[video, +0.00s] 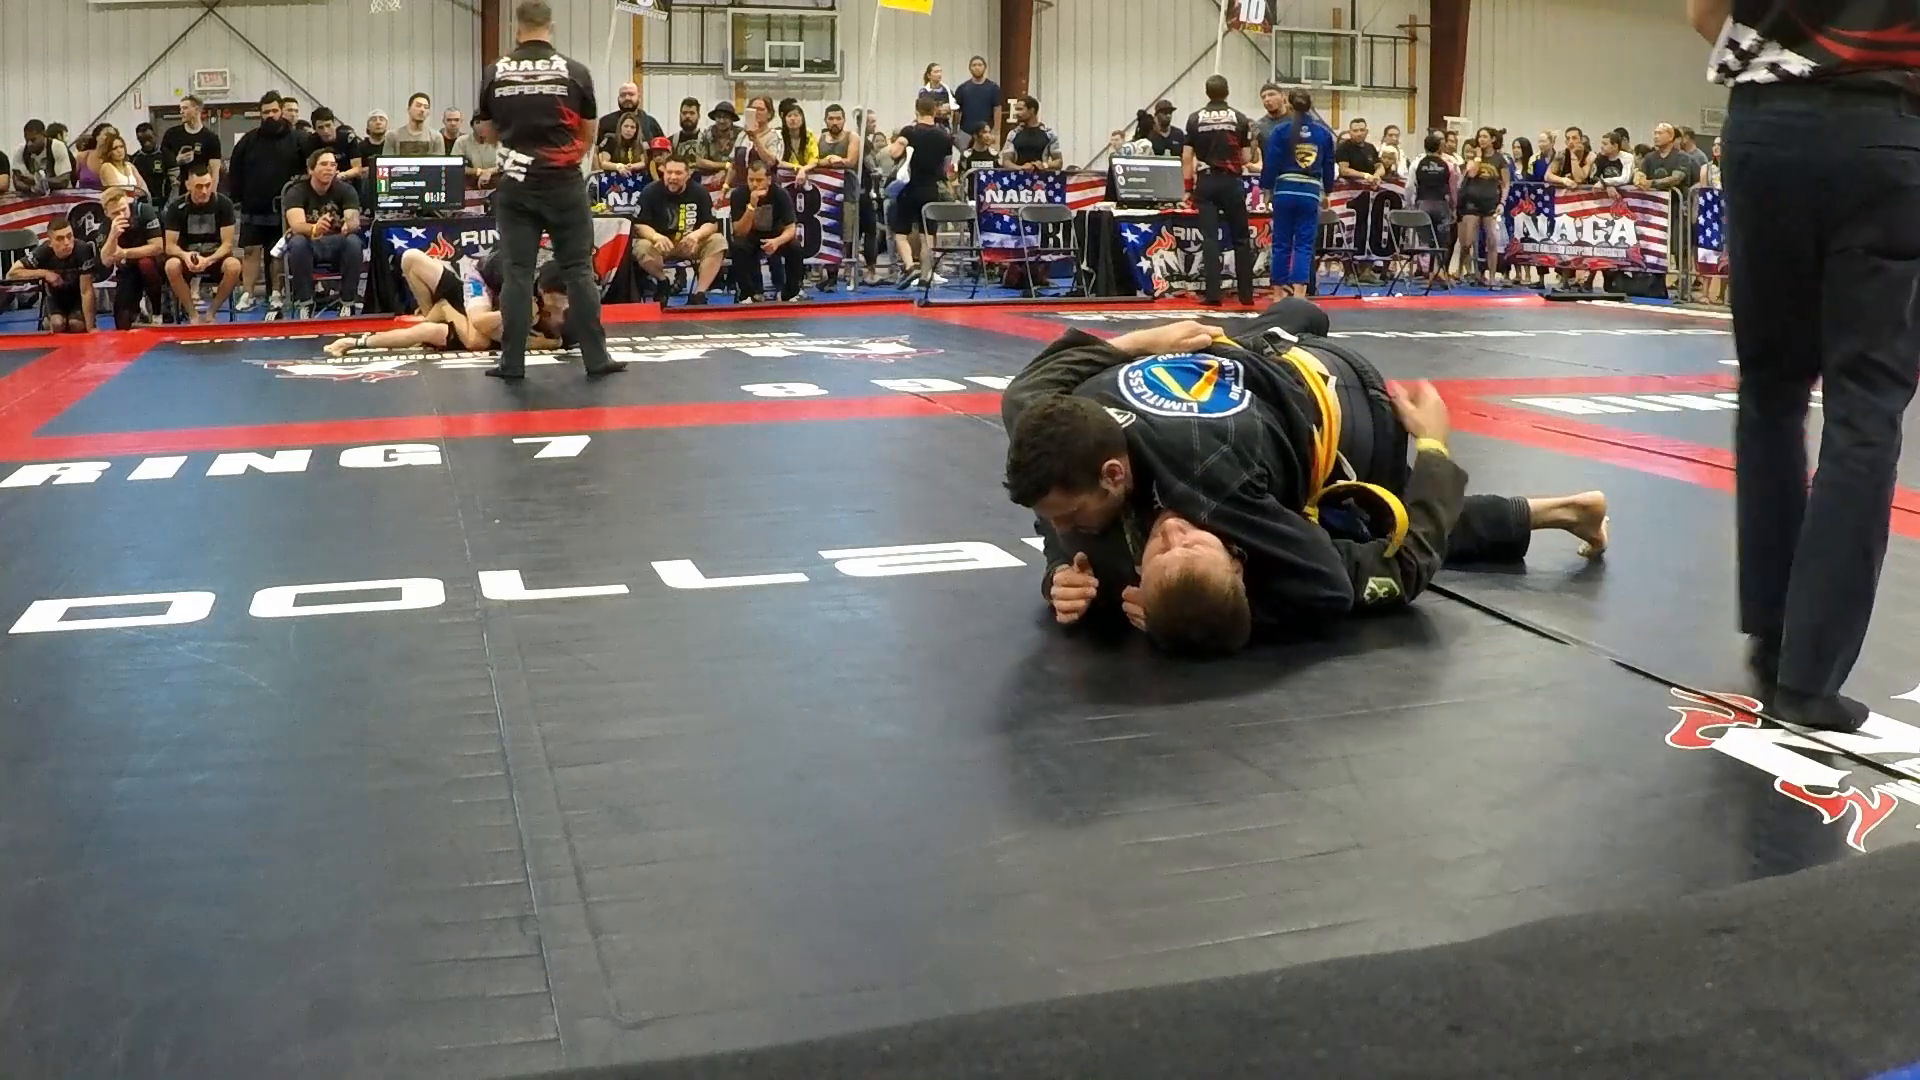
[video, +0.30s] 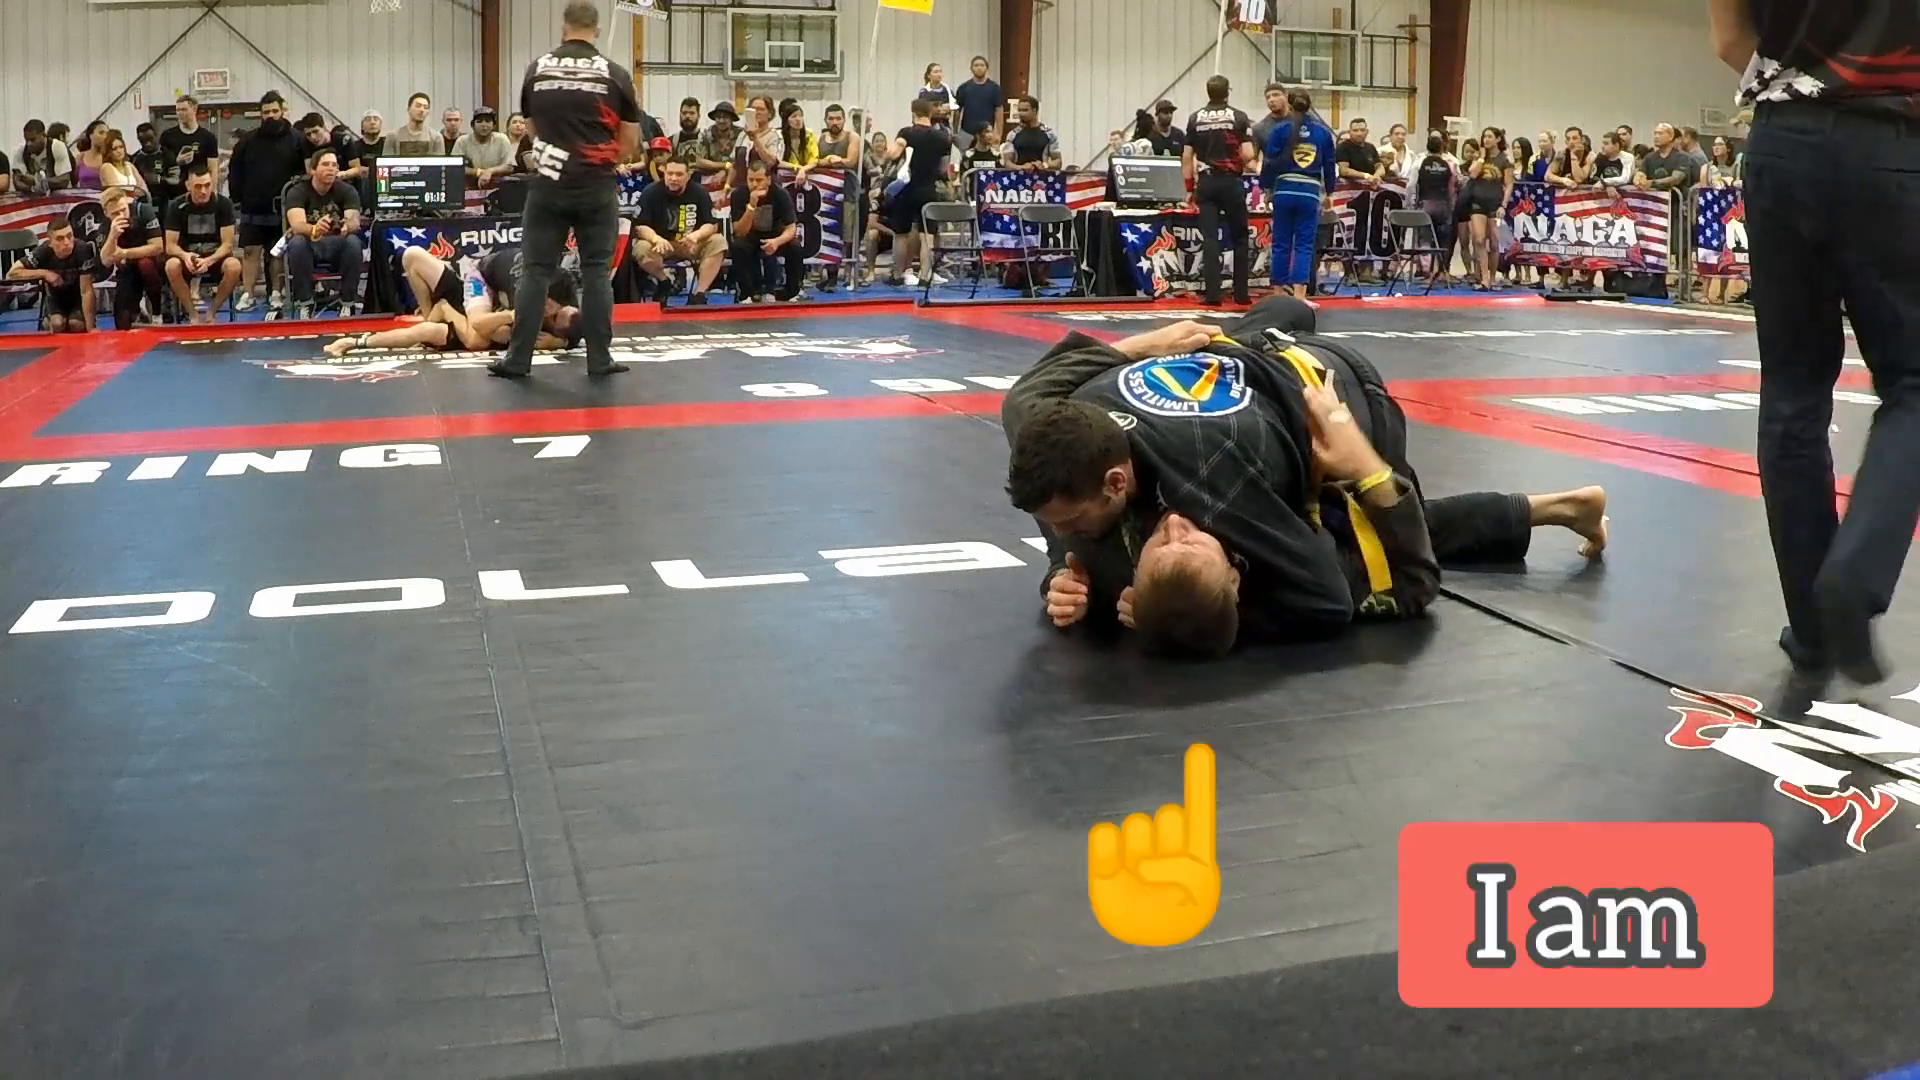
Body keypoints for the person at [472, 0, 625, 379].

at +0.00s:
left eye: (519, 29)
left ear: (517, 30)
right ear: (550, 29)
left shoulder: (497, 71)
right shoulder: (576, 71)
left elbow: (489, 134)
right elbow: (587, 136)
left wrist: (520, 120)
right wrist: (561, 162)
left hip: (516, 185)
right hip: (564, 185)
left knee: (517, 272)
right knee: (579, 267)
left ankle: (512, 364)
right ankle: (596, 359)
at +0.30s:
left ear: (563, 28)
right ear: (596, 31)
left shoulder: (538, 67)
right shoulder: (615, 73)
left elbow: (533, 126)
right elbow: (628, 144)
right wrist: (595, 157)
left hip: (547, 185)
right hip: (597, 184)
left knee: (535, 270)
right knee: (597, 270)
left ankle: (517, 360)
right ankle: (599, 360)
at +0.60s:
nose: (585, 34)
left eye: (584, 28)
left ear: (585, 27)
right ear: (617, 31)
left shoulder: (557, 64)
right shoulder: (638, 74)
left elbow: (545, 124)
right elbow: (644, 144)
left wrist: (578, 147)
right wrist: (616, 163)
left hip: (562, 181)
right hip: (610, 185)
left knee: (553, 265)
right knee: (603, 269)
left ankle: (546, 356)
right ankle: (600, 359)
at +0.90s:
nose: (587, 35)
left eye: (584, 30)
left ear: (584, 29)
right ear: (616, 31)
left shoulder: (558, 67)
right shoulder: (639, 74)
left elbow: (549, 127)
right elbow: (647, 138)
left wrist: (575, 151)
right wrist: (626, 164)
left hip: (568, 180)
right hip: (613, 182)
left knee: (575, 263)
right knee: (606, 267)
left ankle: (581, 350)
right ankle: (598, 357)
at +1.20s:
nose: (578, 38)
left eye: (568, 33)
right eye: (590, 31)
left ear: (563, 33)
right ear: (596, 30)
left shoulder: (547, 74)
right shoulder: (624, 67)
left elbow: (549, 134)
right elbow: (643, 133)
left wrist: (575, 158)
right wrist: (627, 161)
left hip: (568, 183)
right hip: (613, 180)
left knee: (579, 265)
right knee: (610, 263)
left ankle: (583, 353)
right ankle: (599, 354)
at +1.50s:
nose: (562, 40)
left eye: (558, 36)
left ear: (556, 35)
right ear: (589, 28)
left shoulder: (543, 75)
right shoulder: (620, 64)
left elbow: (547, 135)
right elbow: (638, 130)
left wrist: (581, 155)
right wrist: (625, 158)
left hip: (567, 184)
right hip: (612, 178)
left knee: (580, 264)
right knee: (631, 258)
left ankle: (583, 356)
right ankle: (635, 347)